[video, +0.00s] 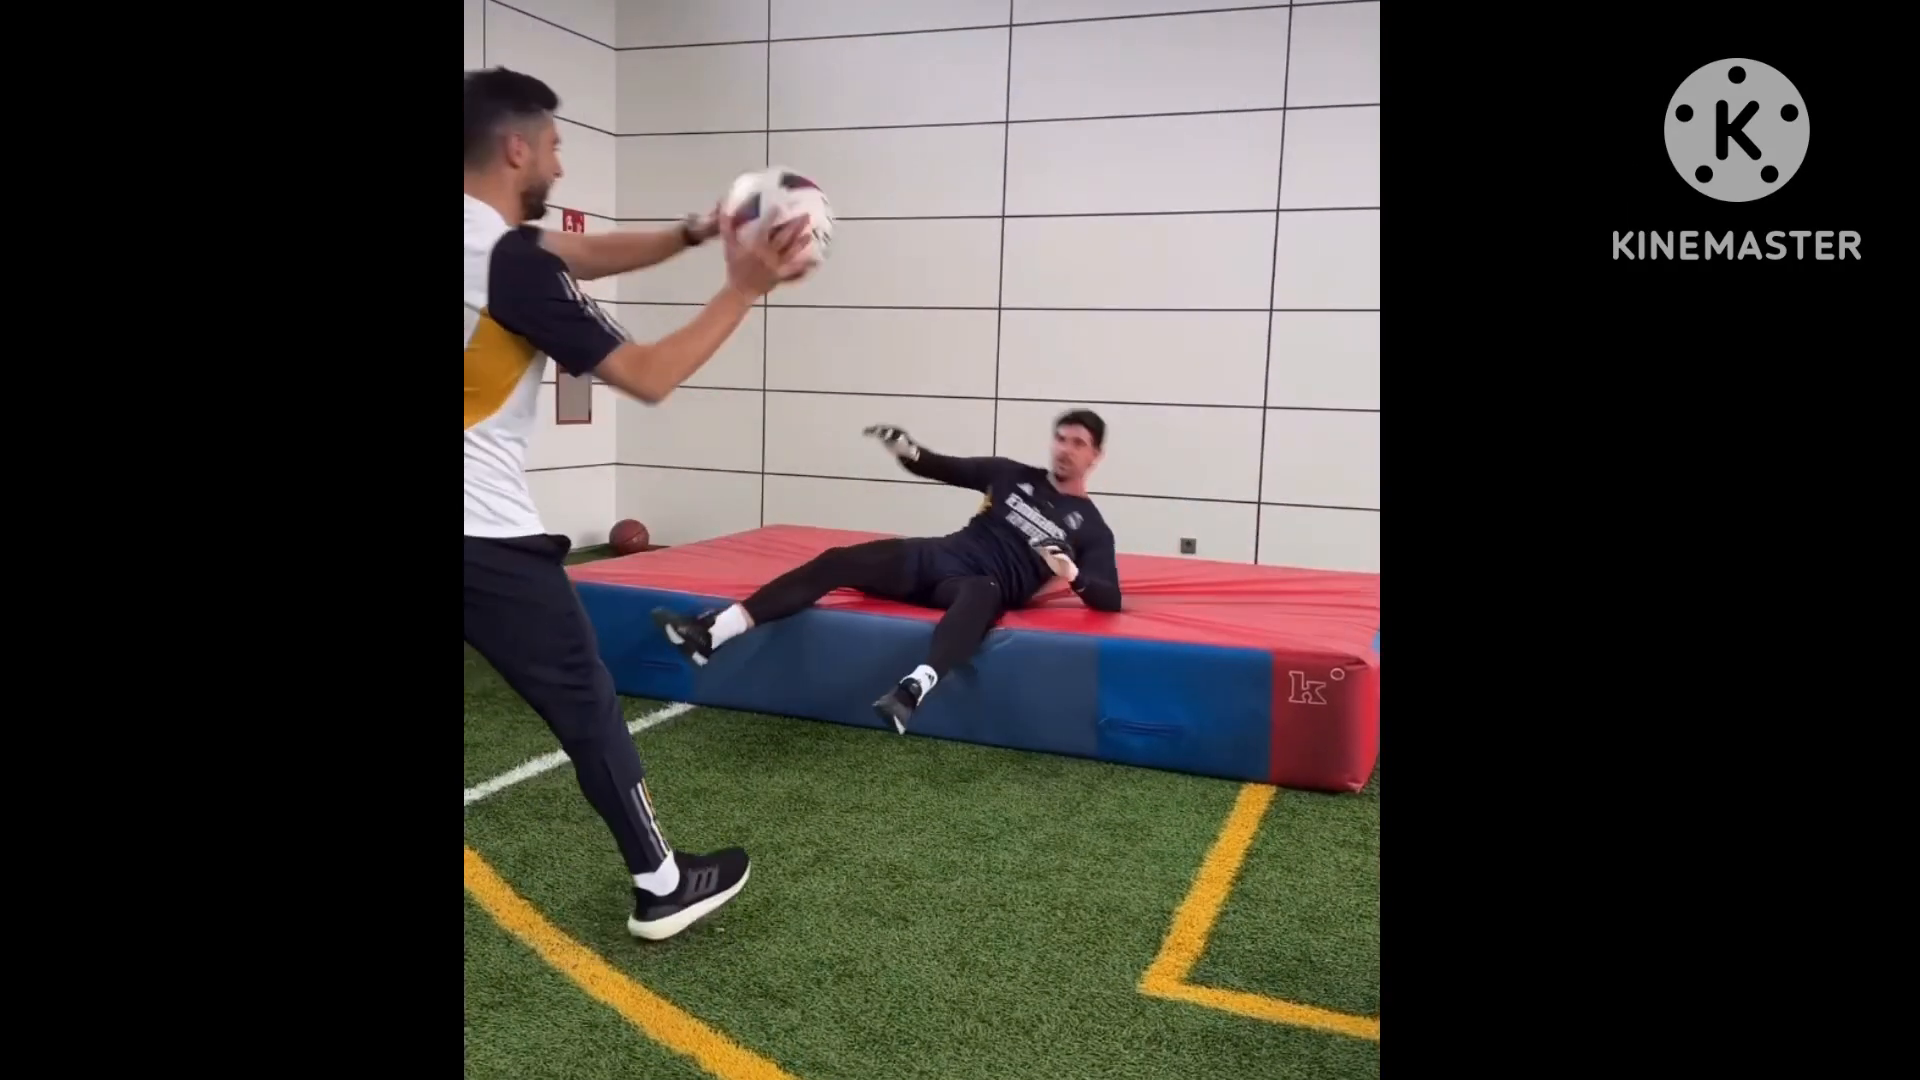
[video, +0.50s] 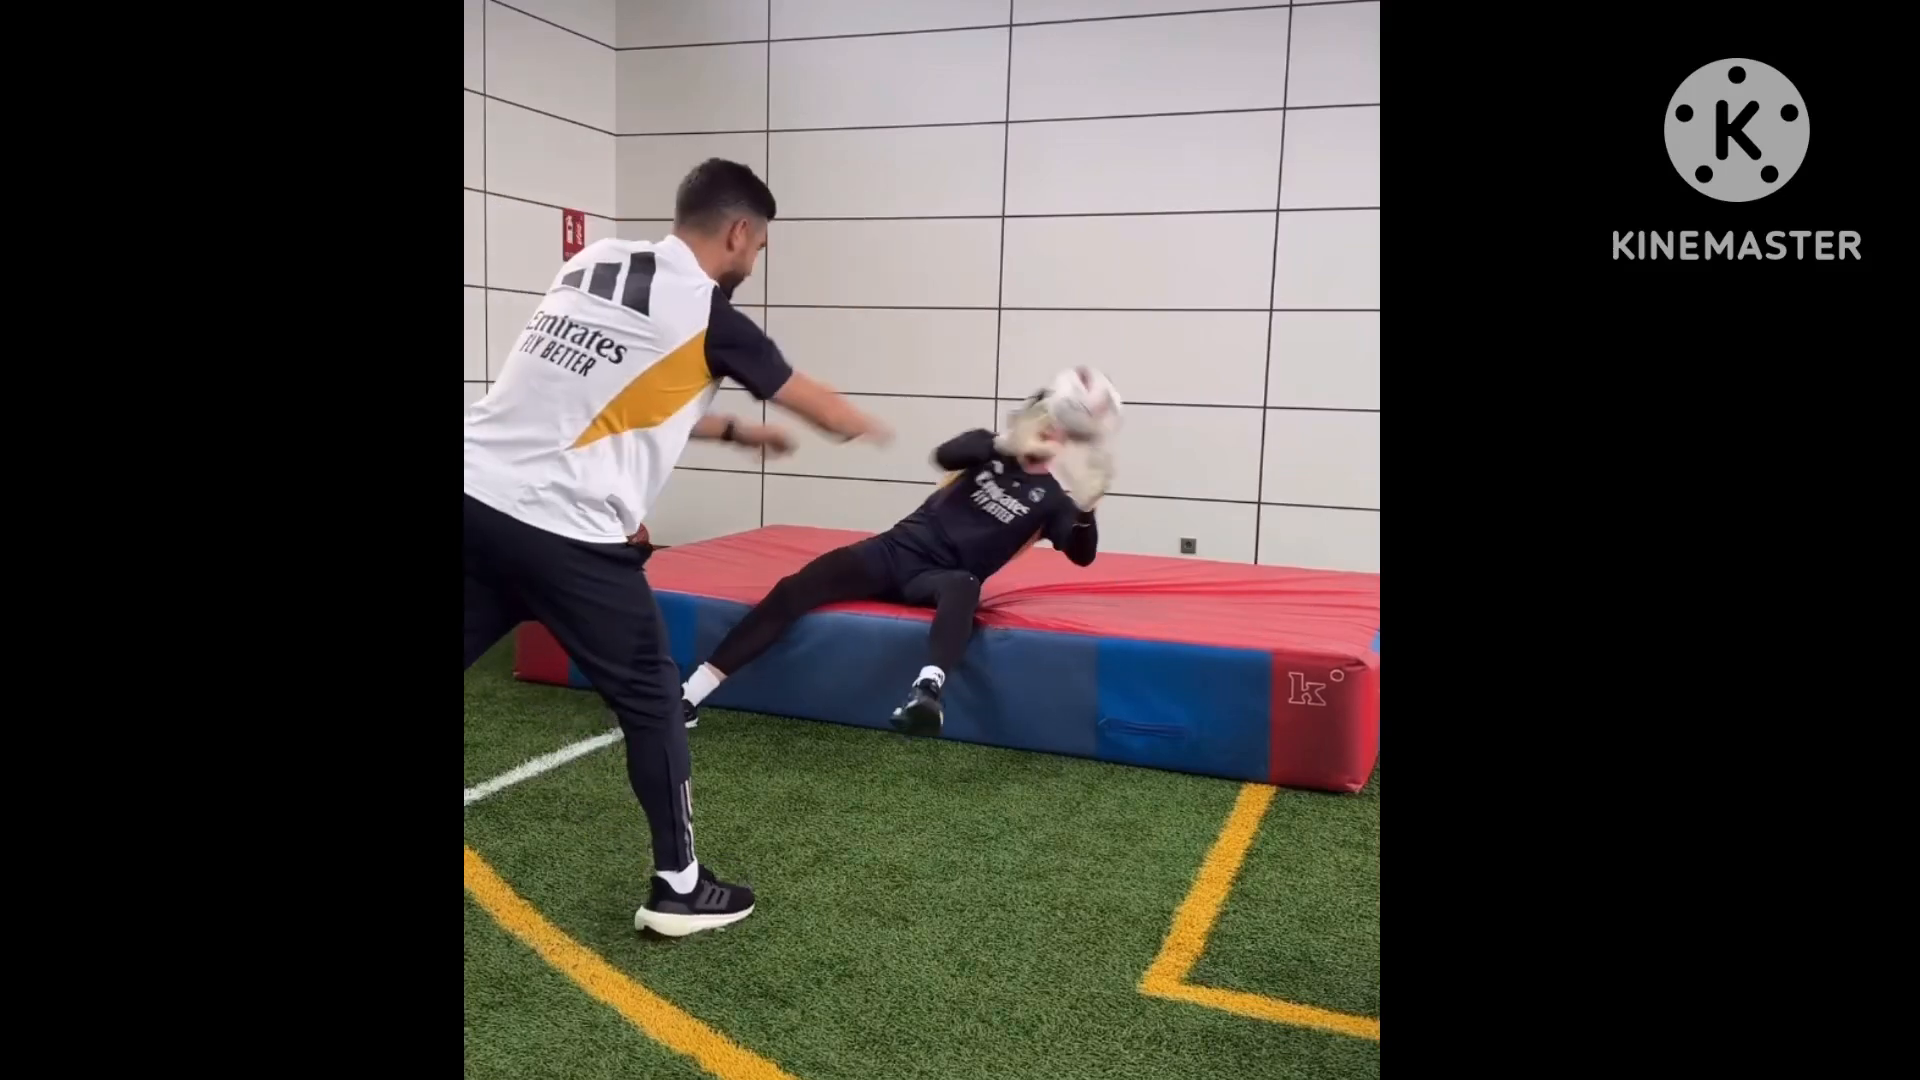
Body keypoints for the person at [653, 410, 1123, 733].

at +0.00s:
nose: (1065, 448)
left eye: (1077, 443)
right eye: (1062, 439)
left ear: (1096, 457)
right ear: (1052, 444)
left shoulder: (1093, 529)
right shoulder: (1011, 475)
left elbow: (1111, 601)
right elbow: (943, 468)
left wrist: (1077, 580)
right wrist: (909, 451)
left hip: (980, 584)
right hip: (935, 555)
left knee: (981, 595)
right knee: (835, 561)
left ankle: (916, 686)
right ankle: (715, 629)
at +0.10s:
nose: (1027, 416)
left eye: (1038, 409)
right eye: (1021, 406)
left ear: (1058, 420)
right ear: (1012, 412)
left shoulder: (1066, 492)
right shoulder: (979, 456)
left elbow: (1098, 582)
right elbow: (922, 479)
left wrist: (1048, 572)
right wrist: (890, 483)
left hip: (977, 580)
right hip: (924, 556)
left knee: (973, 588)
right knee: (817, 565)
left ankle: (909, 690)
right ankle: (701, 654)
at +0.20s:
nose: (997, 399)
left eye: (1010, 393)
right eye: (992, 389)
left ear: (1027, 406)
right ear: (980, 398)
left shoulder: (1039, 478)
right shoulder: (947, 450)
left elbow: (1073, 567)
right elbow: (889, 503)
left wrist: (1025, 576)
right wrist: (875, 530)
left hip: (962, 580)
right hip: (906, 567)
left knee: (968, 584)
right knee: (806, 566)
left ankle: (911, 700)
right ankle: (709, 678)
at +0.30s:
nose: (985, 401)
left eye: (997, 395)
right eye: (979, 392)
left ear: (1013, 409)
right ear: (967, 400)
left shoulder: (1026, 478)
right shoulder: (932, 452)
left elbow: (1063, 566)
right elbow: (869, 512)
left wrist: (1021, 557)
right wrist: (882, 531)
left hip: (955, 575)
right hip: (900, 562)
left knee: (962, 588)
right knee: (797, 581)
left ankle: (919, 707)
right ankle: (702, 698)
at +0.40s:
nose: (1005, 412)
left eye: (1017, 406)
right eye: (999, 402)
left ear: (1029, 419)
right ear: (983, 408)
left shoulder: (1031, 486)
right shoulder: (946, 447)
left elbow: (1075, 565)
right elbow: (879, 493)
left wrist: (1051, 530)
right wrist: (927, 485)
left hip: (937, 576)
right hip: (886, 556)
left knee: (962, 587)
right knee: (788, 582)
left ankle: (927, 703)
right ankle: (695, 698)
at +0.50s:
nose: (1046, 437)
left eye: (1058, 434)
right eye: (1042, 426)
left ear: (1068, 445)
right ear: (1026, 425)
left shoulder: (1054, 499)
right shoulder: (990, 449)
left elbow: (1082, 556)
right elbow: (943, 455)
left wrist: (1087, 505)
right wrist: (1007, 446)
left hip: (939, 574)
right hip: (895, 548)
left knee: (964, 586)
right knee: (793, 589)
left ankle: (927, 692)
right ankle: (689, 696)